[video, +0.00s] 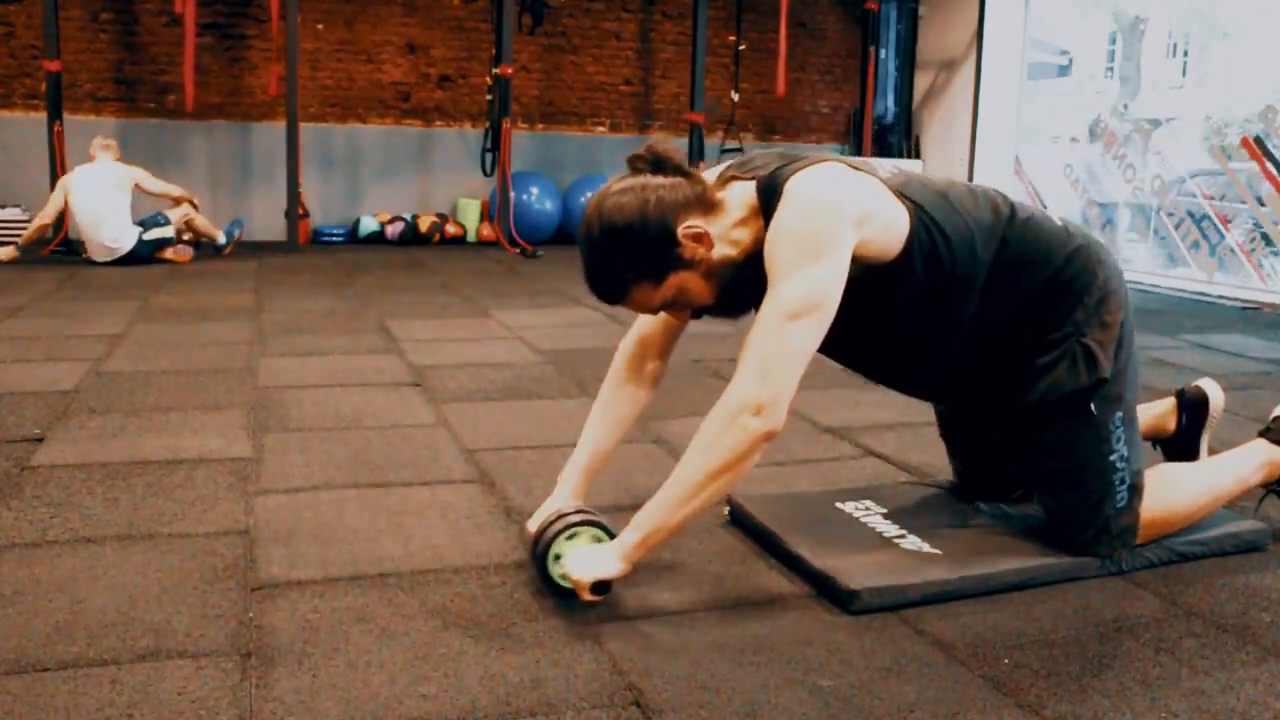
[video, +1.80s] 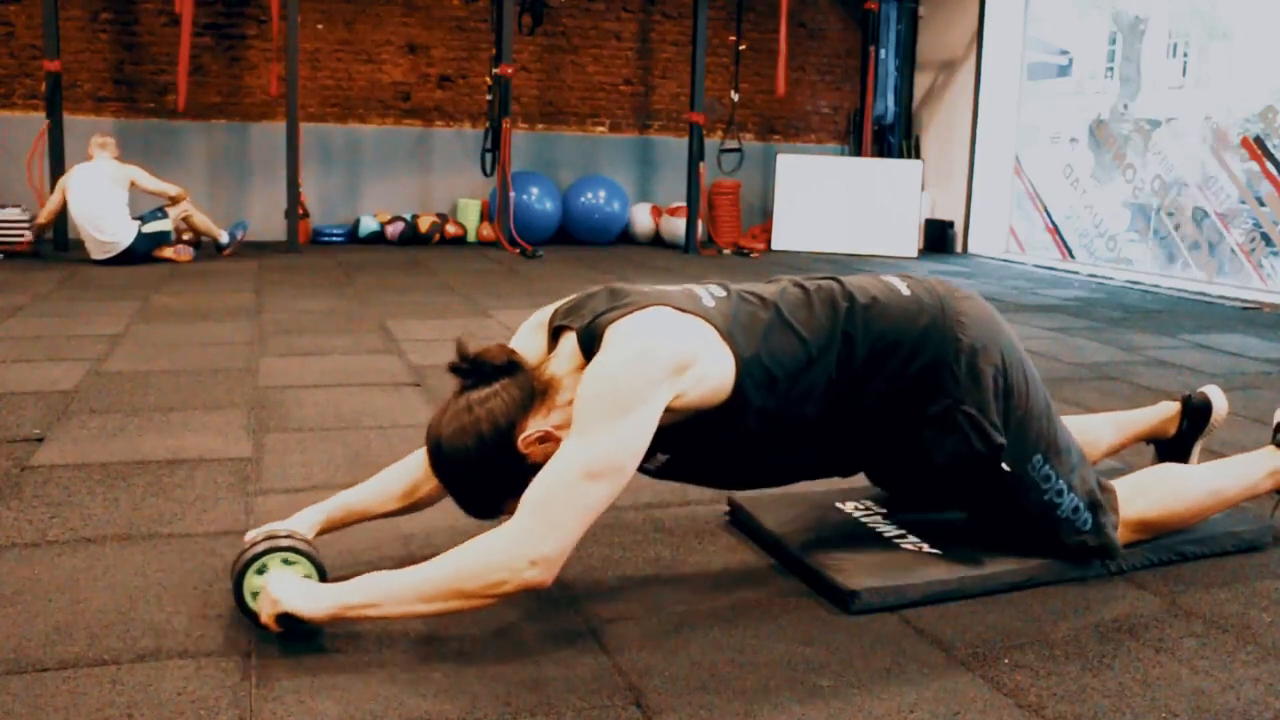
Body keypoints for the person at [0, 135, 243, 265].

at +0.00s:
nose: (111, 148)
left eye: (106, 147)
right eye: (112, 148)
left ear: (90, 155)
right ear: (116, 155)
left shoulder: (70, 178)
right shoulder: (127, 170)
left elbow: (44, 221)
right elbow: (172, 193)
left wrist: (16, 248)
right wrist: (192, 199)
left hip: (96, 256)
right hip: (129, 248)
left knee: (140, 235)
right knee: (184, 210)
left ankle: (169, 252)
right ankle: (222, 238)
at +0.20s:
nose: (115, 158)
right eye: (117, 154)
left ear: (90, 156)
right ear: (118, 155)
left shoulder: (70, 180)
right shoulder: (129, 171)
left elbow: (56, 227)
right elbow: (177, 194)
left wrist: (49, 238)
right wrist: (191, 200)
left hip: (97, 256)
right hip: (130, 247)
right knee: (186, 210)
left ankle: (170, 251)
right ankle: (222, 238)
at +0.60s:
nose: (123, 158)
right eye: (124, 154)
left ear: (96, 154)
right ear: (123, 154)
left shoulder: (75, 178)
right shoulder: (129, 172)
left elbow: (72, 225)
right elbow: (174, 196)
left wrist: (78, 242)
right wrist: (187, 203)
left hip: (97, 256)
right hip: (129, 247)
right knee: (186, 211)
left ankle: (168, 252)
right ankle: (226, 240)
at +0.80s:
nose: (126, 159)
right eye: (126, 155)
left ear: (99, 154)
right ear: (124, 154)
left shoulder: (77, 177)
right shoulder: (131, 171)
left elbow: (63, 222)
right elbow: (181, 197)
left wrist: (82, 203)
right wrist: (191, 201)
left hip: (98, 255)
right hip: (128, 248)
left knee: (147, 246)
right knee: (188, 211)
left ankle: (171, 252)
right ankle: (226, 240)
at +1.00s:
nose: (125, 155)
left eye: (119, 151)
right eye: (125, 152)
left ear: (101, 155)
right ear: (125, 155)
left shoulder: (78, 175)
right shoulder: (133, 171)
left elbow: (49, 216)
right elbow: (176, 194)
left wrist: (34, 234)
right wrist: (193, 200)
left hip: (99, 255)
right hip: (131, 247)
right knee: (188, 211)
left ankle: (173, 250)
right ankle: (226, 239)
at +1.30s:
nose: (121, 149)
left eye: (115, 146)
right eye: (121, 147)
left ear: (94, 153)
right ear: (120, 152)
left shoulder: (75, 173)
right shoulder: (128, 169)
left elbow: (37, 205)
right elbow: (175, 194)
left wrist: (19, 202)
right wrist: (189, 201)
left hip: (98, 254)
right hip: (129, 245)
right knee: (186, 210)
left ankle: (172, 249)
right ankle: (225, 240)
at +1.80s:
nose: (108, 153)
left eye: (99, 150)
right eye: (113, 151)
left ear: (89, 153)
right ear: (116, 152)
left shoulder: (70, 176)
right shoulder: (125, 170)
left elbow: (43, 219)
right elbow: (175, 193)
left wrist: (34, 231)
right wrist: (184, 199)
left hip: (100, 256)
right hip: (130, 245)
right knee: (184, 208)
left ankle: (172, 250)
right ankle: (224, 239)